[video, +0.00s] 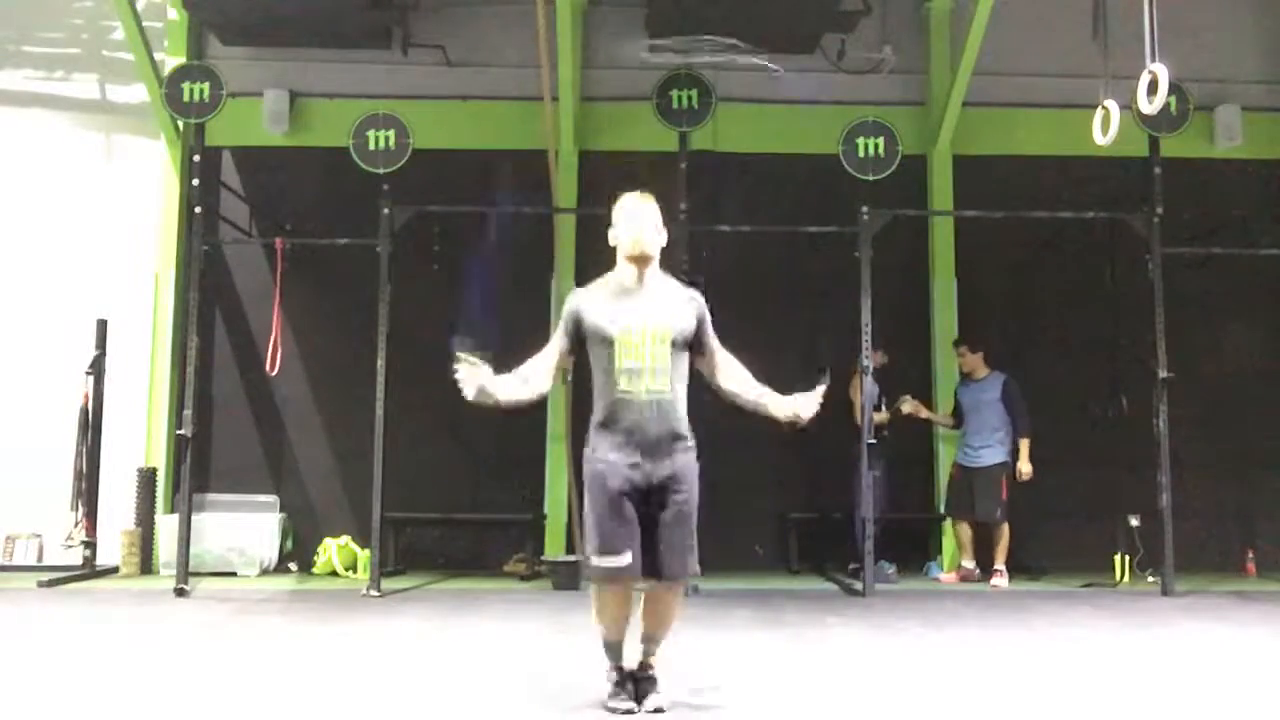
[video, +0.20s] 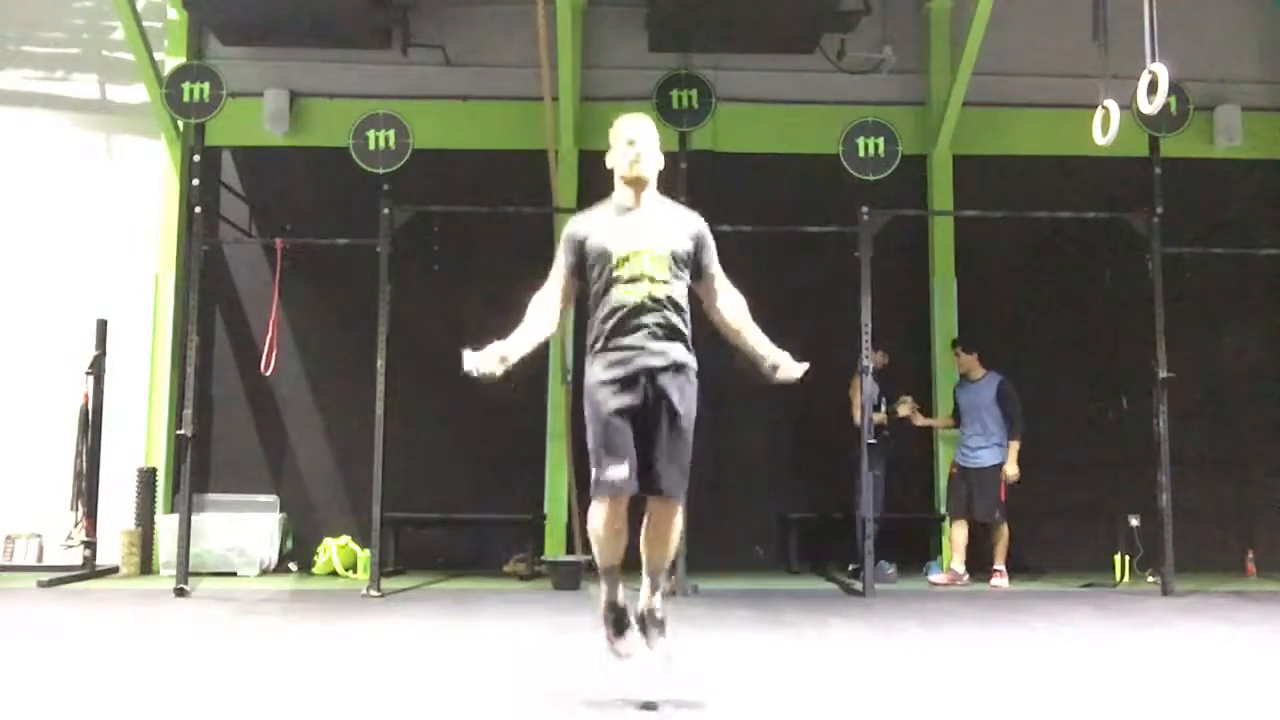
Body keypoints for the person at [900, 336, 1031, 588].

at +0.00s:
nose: (959, 361)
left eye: (963, 356)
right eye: (958, 356)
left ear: (979, 355)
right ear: (963, 357)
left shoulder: (1003, 384)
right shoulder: (962, 388)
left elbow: (1021, 421)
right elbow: (956, 423)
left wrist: (1024, 457)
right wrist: (924, 413)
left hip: (994, 460)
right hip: (965, 461)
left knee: (996, 517)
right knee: (959, 514)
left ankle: (999, 569)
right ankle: (968, 566)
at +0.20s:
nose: (956, 361)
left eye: (959, 356)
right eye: (955, 356)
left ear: (974, 355)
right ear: (964, 357)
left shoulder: (999, 384)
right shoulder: (960, 389)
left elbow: (1017, 423)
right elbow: (956, 421)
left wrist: (1012, 460)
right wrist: (924, 421)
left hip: (991, 462)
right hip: (963, 462)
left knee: (995, 518)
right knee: (958, 515)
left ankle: (999, 569)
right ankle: (957, 569)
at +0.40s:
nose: (945, 364)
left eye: (948, 358)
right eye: (944, 358)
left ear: (963, 357)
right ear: (953, 359)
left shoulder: (990, 384)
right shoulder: (950, 389)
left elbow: (999, 425)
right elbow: (945, 423)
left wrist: (983, 459)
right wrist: (915, 440)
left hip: (985, 462)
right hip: (956, 463)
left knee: (992, 517)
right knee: (953, 518)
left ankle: (998, 568)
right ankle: (954, 573)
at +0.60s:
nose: (928, 361)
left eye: (931, 355)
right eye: (928, 355)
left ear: (946, 355)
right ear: (940, 356)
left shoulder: (974, 381)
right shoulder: (934, 387)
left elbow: (987, 418)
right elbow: (931, 424)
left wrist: (965, 446)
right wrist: (915, 455)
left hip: (970, 459)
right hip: (939, 461)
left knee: (978, 515)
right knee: (945, 517)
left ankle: (996, 564)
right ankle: (952, 573)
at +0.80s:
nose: (913, 360)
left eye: (917, 355)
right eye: (913, 355)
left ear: (931, 355)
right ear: (926, 357)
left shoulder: (959, 380)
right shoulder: (918, 387)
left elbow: (973, 418)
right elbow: (914, 423)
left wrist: (954, 446)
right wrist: (904, 455)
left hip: (951, 457)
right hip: (925, 458)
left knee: (952, 513)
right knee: (935, 517)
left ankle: (981, 553)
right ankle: (949, 569)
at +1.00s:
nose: (898, 361)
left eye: (902, 355)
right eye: (896, 356)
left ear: (916, 353)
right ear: (900, 359)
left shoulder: (940, 380)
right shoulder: (902, 388)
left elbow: (964, 414)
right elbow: (898, 423)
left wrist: (956, 448)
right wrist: (886, 449)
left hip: (937, 456)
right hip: (914, 458)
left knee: (922, 512)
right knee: (932, 516)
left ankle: (931, 572)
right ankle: (951, 569)